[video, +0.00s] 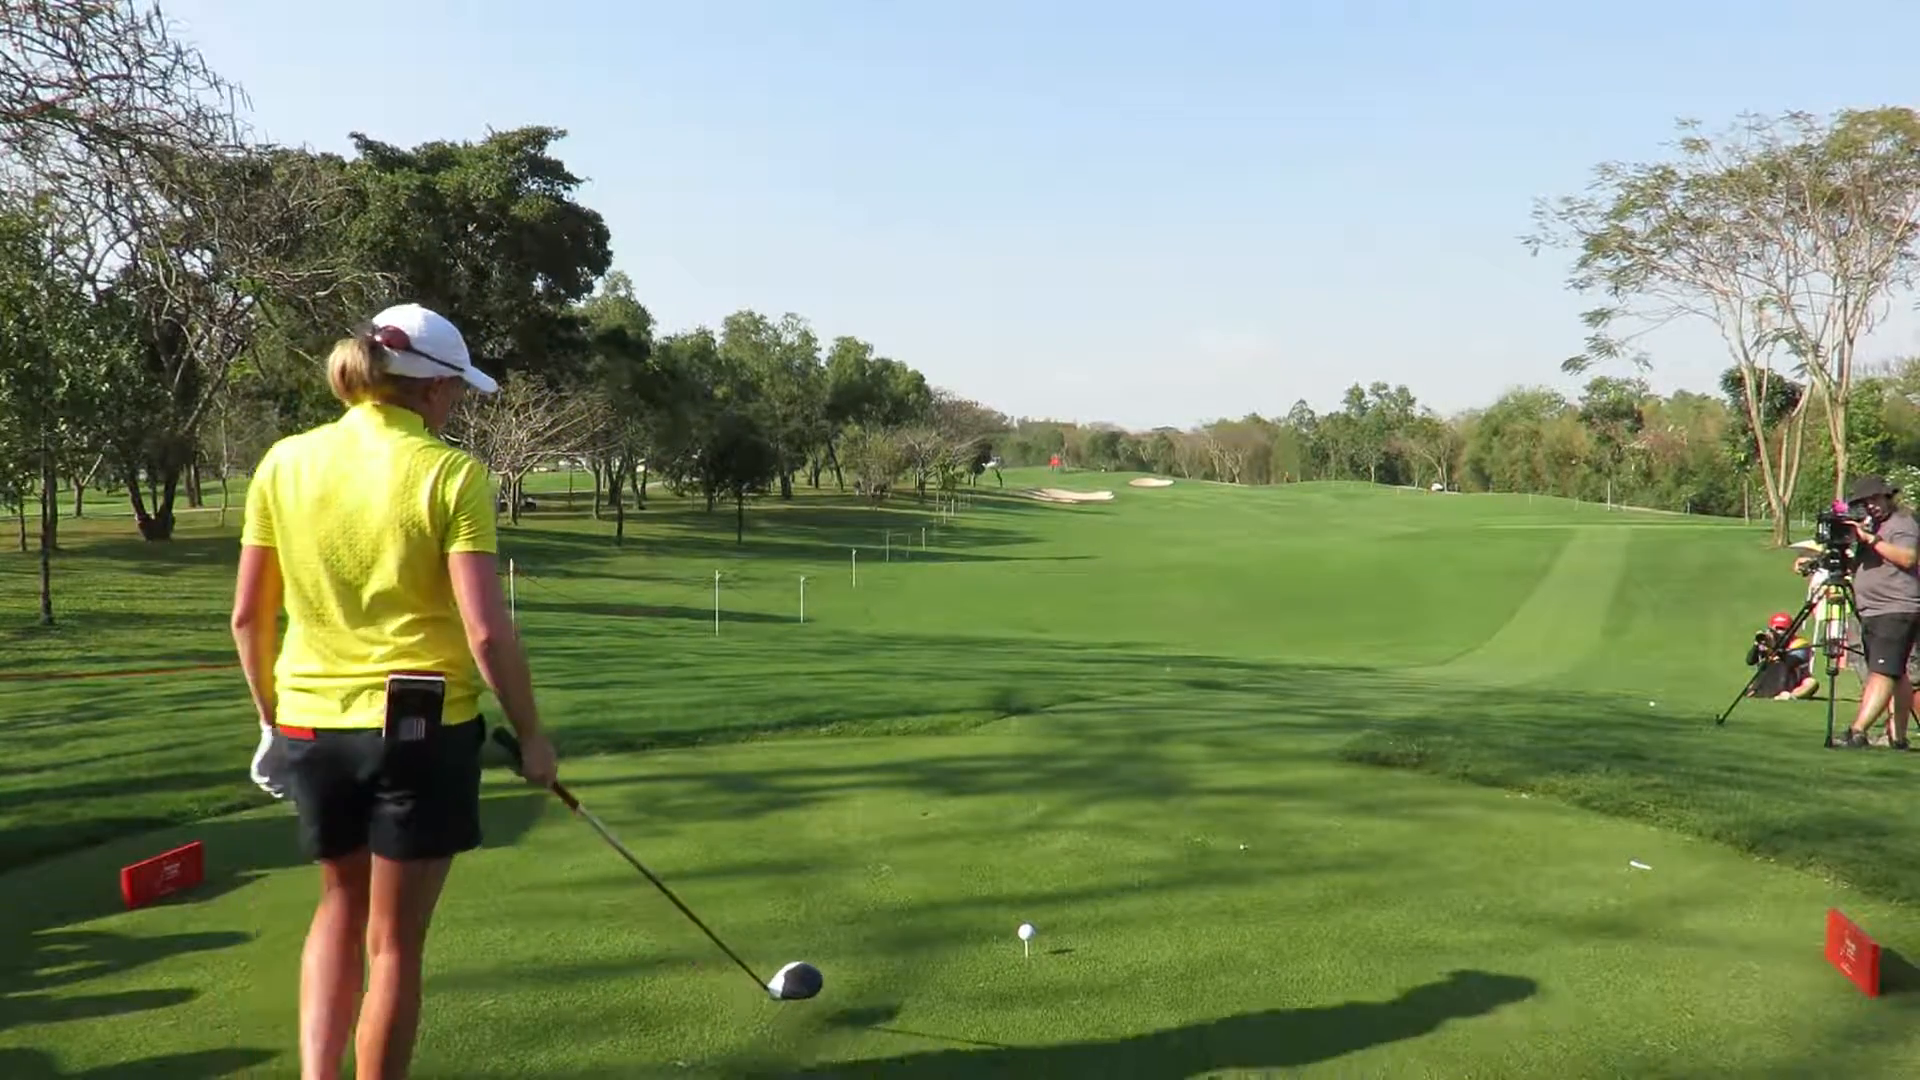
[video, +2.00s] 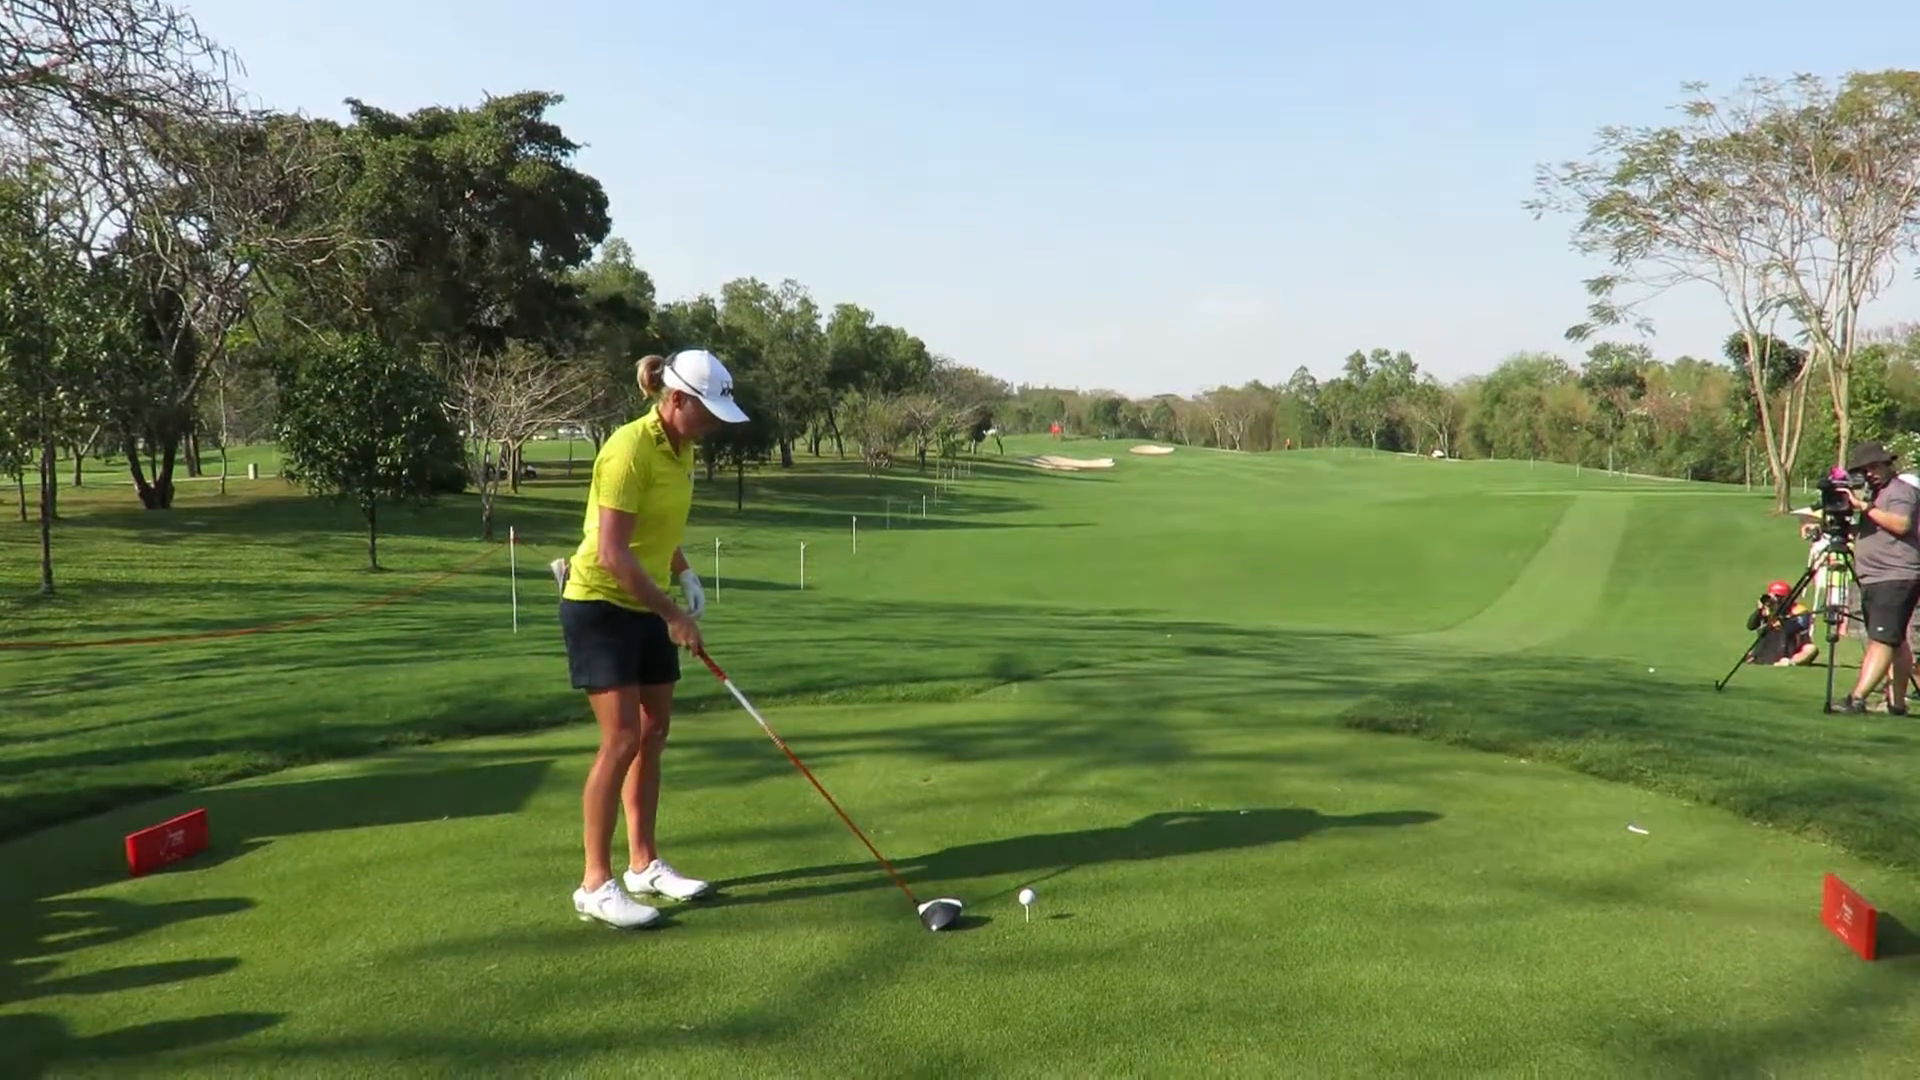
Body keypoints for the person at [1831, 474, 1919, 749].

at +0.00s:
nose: (1868, 509)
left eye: (1872, 502)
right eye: (1864, 505)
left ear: (1885, 499)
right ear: (1863, 506)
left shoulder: (1902, 523)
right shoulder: (1874, 527)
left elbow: (1908, 559)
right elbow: (1864, 565)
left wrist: (1870, 540)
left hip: (1897, 610)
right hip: (1874, 611)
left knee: (1882, 671)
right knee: (1895, 676)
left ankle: (1857, 730)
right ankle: (1898, 736)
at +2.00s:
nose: (1868, 475)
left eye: (1872, 469)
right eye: (1864, 471)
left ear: (1886, 466)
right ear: (1864, 473)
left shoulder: (1901, 490)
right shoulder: (1876, 494)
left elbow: (1901, 524)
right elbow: (1867, 531)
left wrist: (1865, 508)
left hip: (1896, 577)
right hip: (1875, 577)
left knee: (1882, 638)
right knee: (1894, 642)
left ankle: (1856, 697)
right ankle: (1898, 702)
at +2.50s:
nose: (1867, 462)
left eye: (1870, 455)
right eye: (1863, 458)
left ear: (1885, 452)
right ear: (1865, 459)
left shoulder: (1900, 476)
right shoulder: (1879, 480)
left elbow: (1898, 511)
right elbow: (1867, 517)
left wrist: (1861, 494)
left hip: (1895, 563)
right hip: (1876, 563)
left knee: (1877, 623)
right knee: (1895, 628)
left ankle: (1856, 685)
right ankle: (1897, 689)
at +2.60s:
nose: (1866, 460)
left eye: (1871, 453)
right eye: (1863, 455)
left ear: (1885, 450)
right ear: (1864, 456)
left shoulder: (1899, 474)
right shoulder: (1878, 478)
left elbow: (1897, 509)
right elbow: (1867, 514)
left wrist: (1860, 492)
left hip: (1894, 560)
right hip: (1877, 561)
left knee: (1874, 620)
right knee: (1894, 626)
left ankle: (1855, 683)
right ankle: (1896, 687)